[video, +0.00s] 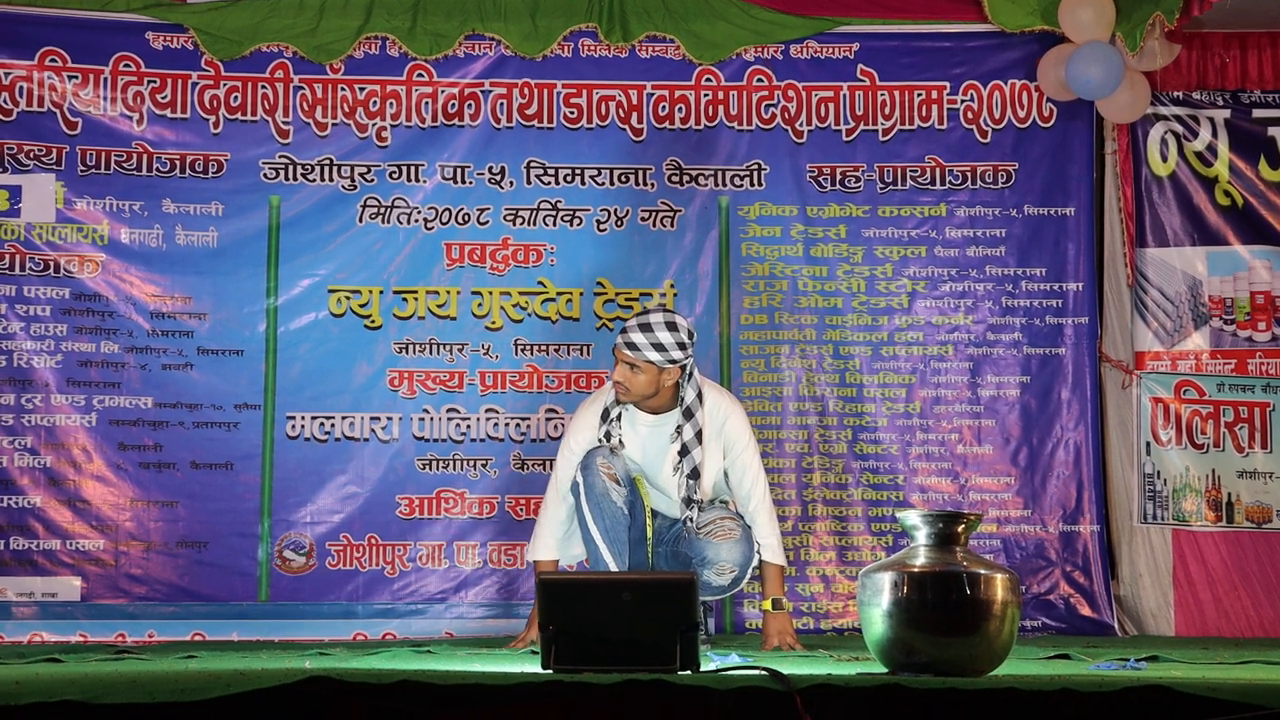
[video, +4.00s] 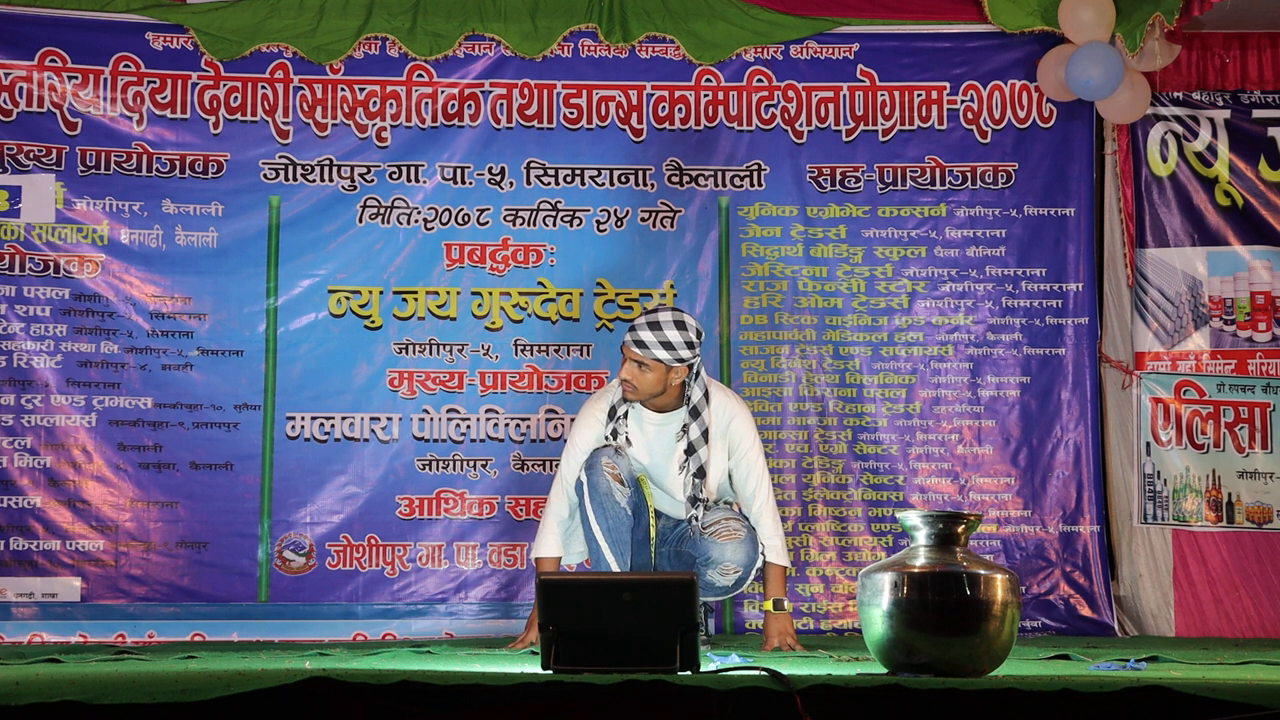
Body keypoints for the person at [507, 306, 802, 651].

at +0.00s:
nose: (616, 376)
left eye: (632, 369)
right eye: (616, 362)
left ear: (670, 374)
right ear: (615, 356)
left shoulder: (723, 413)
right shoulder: (595, 413)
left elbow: (759, 506)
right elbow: (556, 502)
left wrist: (776, 607)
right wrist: (542, 603)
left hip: (692, 537)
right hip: (629, 531)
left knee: (730, 549)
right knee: (599, 462)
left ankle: (688, 608)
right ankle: (620, 603)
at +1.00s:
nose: (620, 375)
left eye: (636, 368)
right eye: (620, 361)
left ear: (675, 373)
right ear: (618, 355)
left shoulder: (724, 413)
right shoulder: (597, 410)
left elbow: (760, 507)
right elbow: (557, 501)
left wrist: (777, 609)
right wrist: (543, 606)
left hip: (690, 541)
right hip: (628, 533)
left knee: (732, 545)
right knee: (600, 463)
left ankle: (687, 611)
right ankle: (619, 608)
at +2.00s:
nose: (622, 375)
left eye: (638, 368)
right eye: (622, 360)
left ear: (677, 374)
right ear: (620, 355)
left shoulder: (725, 413)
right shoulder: (598, 411)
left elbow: (760, 507)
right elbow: (558, 502)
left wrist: (777, 608)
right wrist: (542, 606)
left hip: (691, 539)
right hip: (629, 531)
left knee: (733, 548)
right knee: (601, 463)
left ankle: (687, 611)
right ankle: (621, 607)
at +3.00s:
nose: (623, 375)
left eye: (640, 368)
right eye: (624, 360)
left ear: (678, 374)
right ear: (621, 355)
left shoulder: (727, 414)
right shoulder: (598, 411)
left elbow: (762, 508)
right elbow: (558, 506)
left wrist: (777, 609)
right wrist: (541, 608)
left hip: (691, 539)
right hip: (628, 531)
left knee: (733, 547)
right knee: (604, 463)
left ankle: (688, 610)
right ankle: (620, 607)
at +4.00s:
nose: (624, 374)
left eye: (640, 367)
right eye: (625, 360)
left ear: (679, 373)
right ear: (622, 355)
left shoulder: (728, 414)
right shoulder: (601, 411)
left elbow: (763, 508)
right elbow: (559, 505)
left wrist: (777, 609)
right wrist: (542, 607)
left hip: (692, 540)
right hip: (630, 531)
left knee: (734, 545)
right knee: (604, 462)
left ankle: (690, 610)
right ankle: (619, 606)